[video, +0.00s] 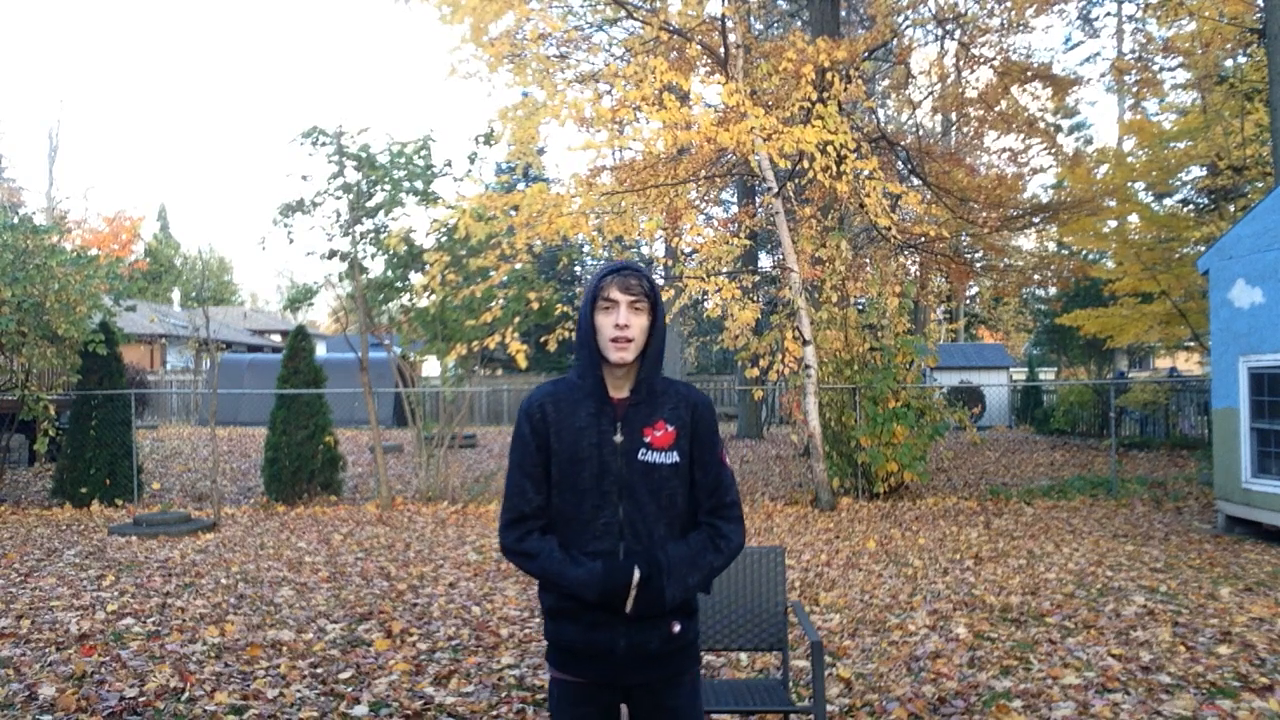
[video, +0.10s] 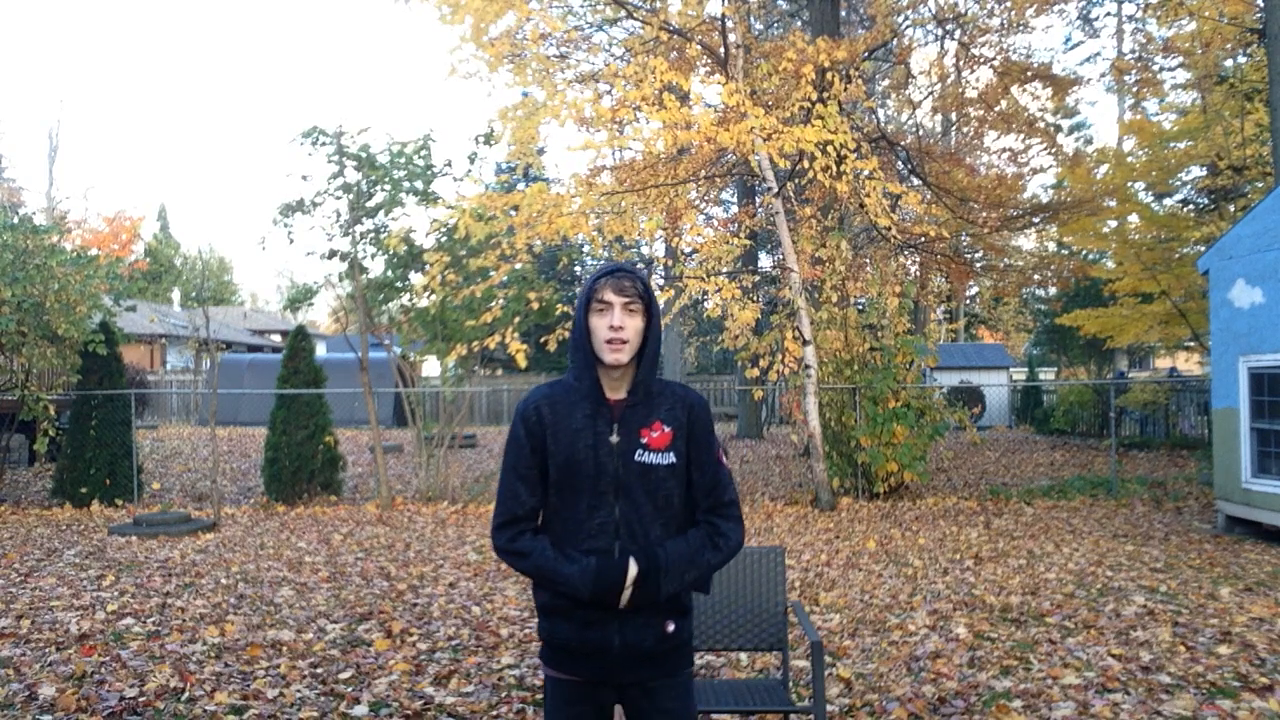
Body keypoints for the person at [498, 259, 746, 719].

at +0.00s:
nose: (621, 321)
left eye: (636, 308)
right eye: (607, 307)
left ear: (653, 322)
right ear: (589, 319)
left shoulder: (689, 408)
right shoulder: (546, 409)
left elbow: (726, 526)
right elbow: (518, 532)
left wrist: (660, 577)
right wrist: (596, 580)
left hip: (667, 650)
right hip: (579, 651)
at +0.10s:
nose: (616, 323)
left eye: (630, 310)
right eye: (602, 309)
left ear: (648, 324)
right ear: (584, 321)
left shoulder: (685, 409)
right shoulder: (542, 410)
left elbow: (725, 526)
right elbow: (510, 532)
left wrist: (652, 572)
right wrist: (589, 577)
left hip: (662, 651)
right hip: (573, 653)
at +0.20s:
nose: (613, 329)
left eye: (628, 316)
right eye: (599, 316)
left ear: (645, 331)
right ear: (581, 330)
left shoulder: (683, 417)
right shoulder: (541, 422)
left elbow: (728, 534)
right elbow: (506, 545)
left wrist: (651, 575)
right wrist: (590, 588)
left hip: (661, 666)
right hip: (570, 669)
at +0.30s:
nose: (615, 321)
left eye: (629, 308)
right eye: (601, 308)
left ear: (648, 322)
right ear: (583, 321)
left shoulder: (685, 409)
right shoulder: (543, 412)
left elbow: (724, 527)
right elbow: (515, 535)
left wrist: (652, 572)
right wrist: (593, 584)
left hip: (664, 652)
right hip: (574, 654)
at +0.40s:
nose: (622, 316)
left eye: (636, 303)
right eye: (608, 303)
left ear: (653, 317)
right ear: (589, 315)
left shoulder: (689, 403)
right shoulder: (546, 405)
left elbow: (722, 519)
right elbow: (523, 526)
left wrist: (655, 571)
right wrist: (596, 581)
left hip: (670, 644)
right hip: (583, 648)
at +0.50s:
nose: (630, 320)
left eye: (644, 308)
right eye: (616, 307)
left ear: (660, 322)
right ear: (597, 320)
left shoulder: (695, 409)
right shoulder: (553, 410)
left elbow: (723, 532)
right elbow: (536, 533)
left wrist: (654, 578)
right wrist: (601, 595)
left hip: (678, 653)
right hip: (589, 656)